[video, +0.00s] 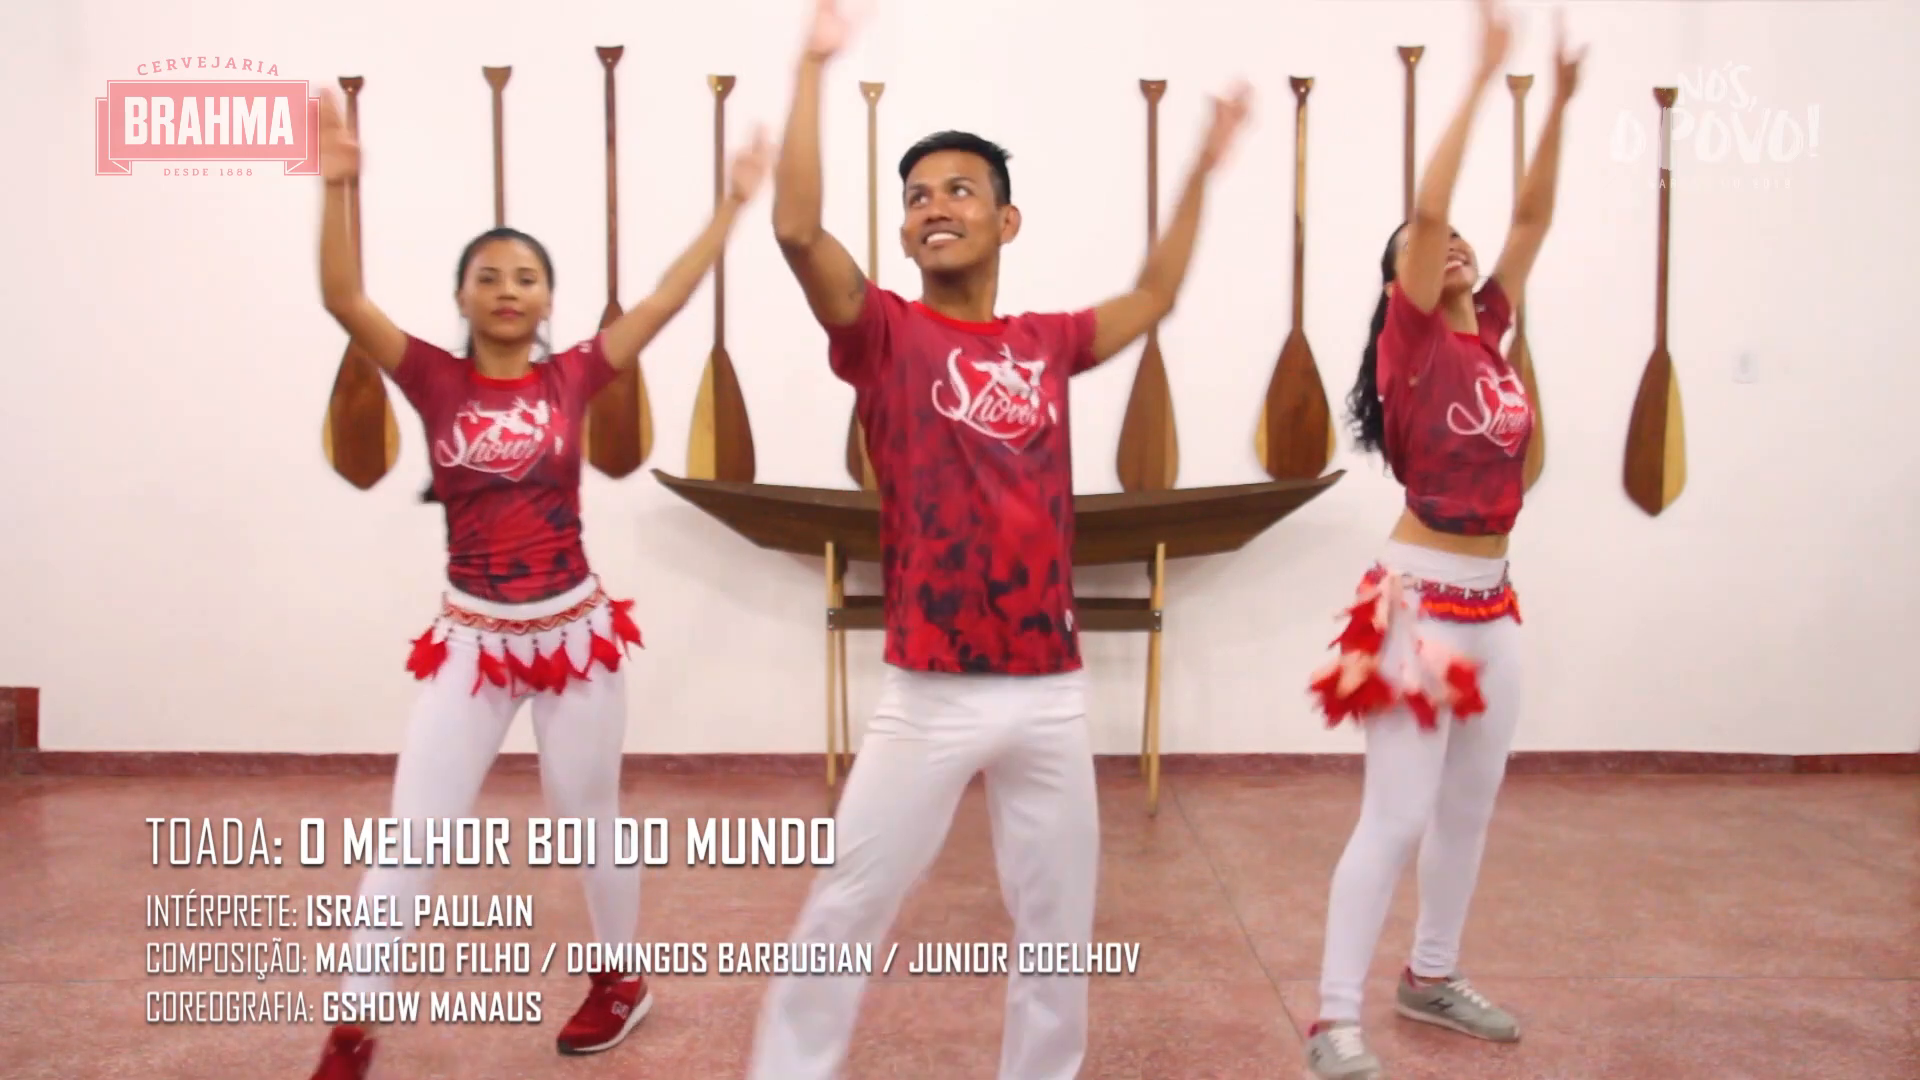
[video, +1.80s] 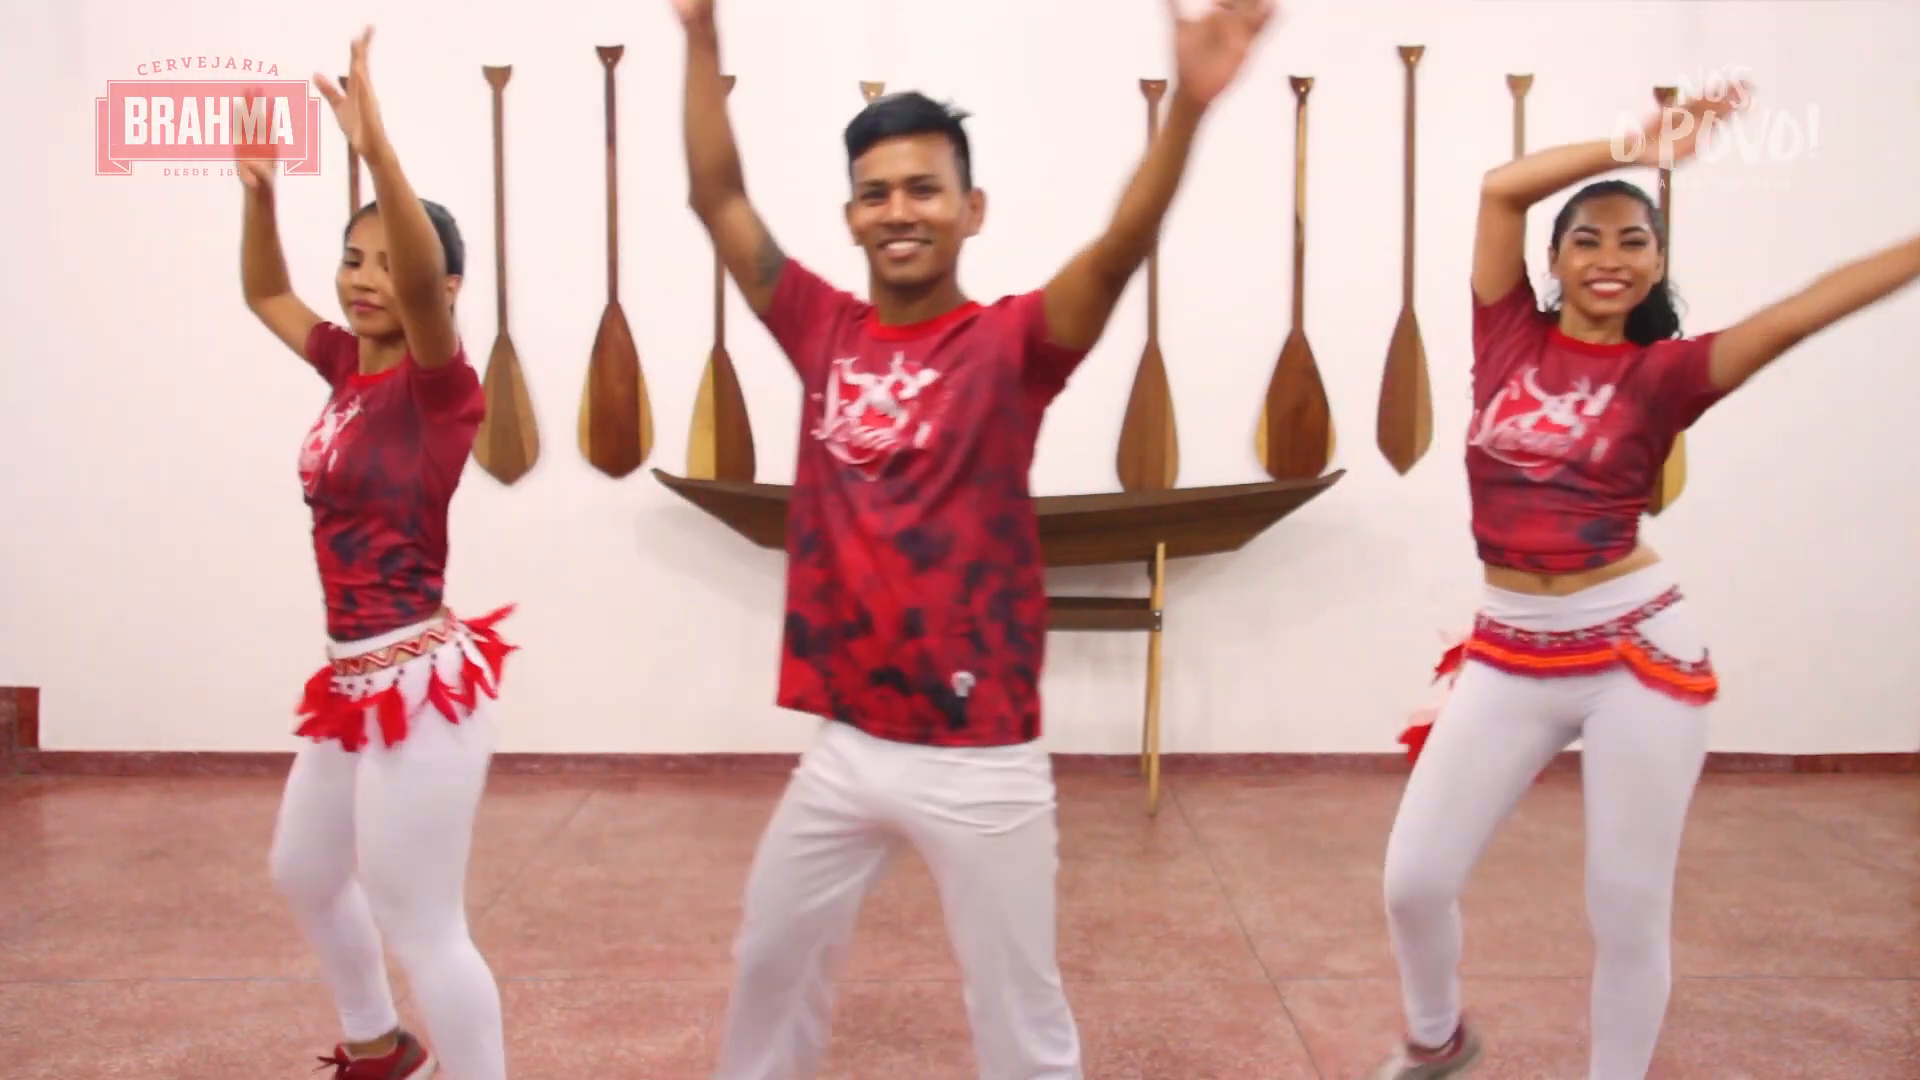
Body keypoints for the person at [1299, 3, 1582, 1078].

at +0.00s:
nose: (1459, 248)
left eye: (1461, 239)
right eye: (1436, 242)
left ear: (1475, 263)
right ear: (1410, 272)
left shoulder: (1488, 331)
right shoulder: (1414, 340)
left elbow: (1531, 218)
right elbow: (1428, 208)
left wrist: (1559, 101)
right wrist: (1483, 70)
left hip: (1490, 604)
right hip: (1416, 599)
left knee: (1466, 810)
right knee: (1395, 819)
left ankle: (1433, 977)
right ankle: (1336, 1021)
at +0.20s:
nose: (1429, 249)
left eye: (1436, 239)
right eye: (1407, 247)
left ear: (1459, 264)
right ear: (1389, 279)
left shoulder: (1475, 341)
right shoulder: (1393, 345)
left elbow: (1505, 249)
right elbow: (1368, 229)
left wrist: (1494, 174)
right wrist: (1330, 101)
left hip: (1465, 611)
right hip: (1390, 608)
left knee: (1454, 814)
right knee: (1384, 839)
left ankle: (1430, 977)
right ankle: (1334, 1042)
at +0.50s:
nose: (1402, 251)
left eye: (1415, 243)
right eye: (1381, 244)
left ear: (1440, 274)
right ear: (1356, 278)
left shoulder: (1460, 356)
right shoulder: (1337, 350)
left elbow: (1530, 238)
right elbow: (1255, 269)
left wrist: (1462, 235)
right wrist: (1168, 181)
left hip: (1416, 627)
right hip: (1326, 615)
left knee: (1514, 821)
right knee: (1352, 840)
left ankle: (1417, 954)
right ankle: (1331, 1051)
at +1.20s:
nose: (1474, 265)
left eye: (1497, 256)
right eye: (1463, 245)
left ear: (1515, 282)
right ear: (1430, 255)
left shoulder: (1495, 368)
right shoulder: (1388, 328)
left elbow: (1538, 247)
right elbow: (1329, 211)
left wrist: (1487, 97)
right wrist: (1270, 89)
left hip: (1450, 618)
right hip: (1337, 617)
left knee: (1533, 870)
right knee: (1349, 861)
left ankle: (1542, 1065)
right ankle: (1332, 1051)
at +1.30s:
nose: (1496, 254)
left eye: (1520, 244)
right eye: (1483, 236)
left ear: (1539, 274)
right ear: (1449, 253)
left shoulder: (1514, 364)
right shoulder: (1407, 323)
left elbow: (1571, 243)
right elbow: (1373, 176)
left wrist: (1590, 86)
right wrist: (1346, 32)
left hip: (1470, 620)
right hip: (1360, 622)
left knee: (1536, 886)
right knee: (1361, 865)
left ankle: (1595, 1072)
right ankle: (1345, 1051)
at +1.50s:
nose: (1544, 250)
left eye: (1568, 240)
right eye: (1528, 233)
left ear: (1593, 270)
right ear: (1496, 252)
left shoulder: (1580, 360)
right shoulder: (1460, 324)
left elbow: (1669, 253)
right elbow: (1447, 178)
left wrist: (1768, 128)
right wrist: (1487, 44)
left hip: (1536, 628)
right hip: (1425, 628)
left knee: (1564, 891)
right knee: (1401, 878)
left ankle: (1593, 1074)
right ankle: (1384, 1054)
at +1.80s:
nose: (1608, 258)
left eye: (1631, 242)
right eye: (1589, 241)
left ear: (1657, 265)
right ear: (1554, 260)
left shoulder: (1665, 375)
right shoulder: (1508, 344)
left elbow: (1808, 308)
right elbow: (1500, 190)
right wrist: (1627, 144)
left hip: (1638, 647)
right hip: (1508, 649)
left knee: (1626, 912)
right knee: (1413, 880)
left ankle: (1616, 1079)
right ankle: (1432, 1043)